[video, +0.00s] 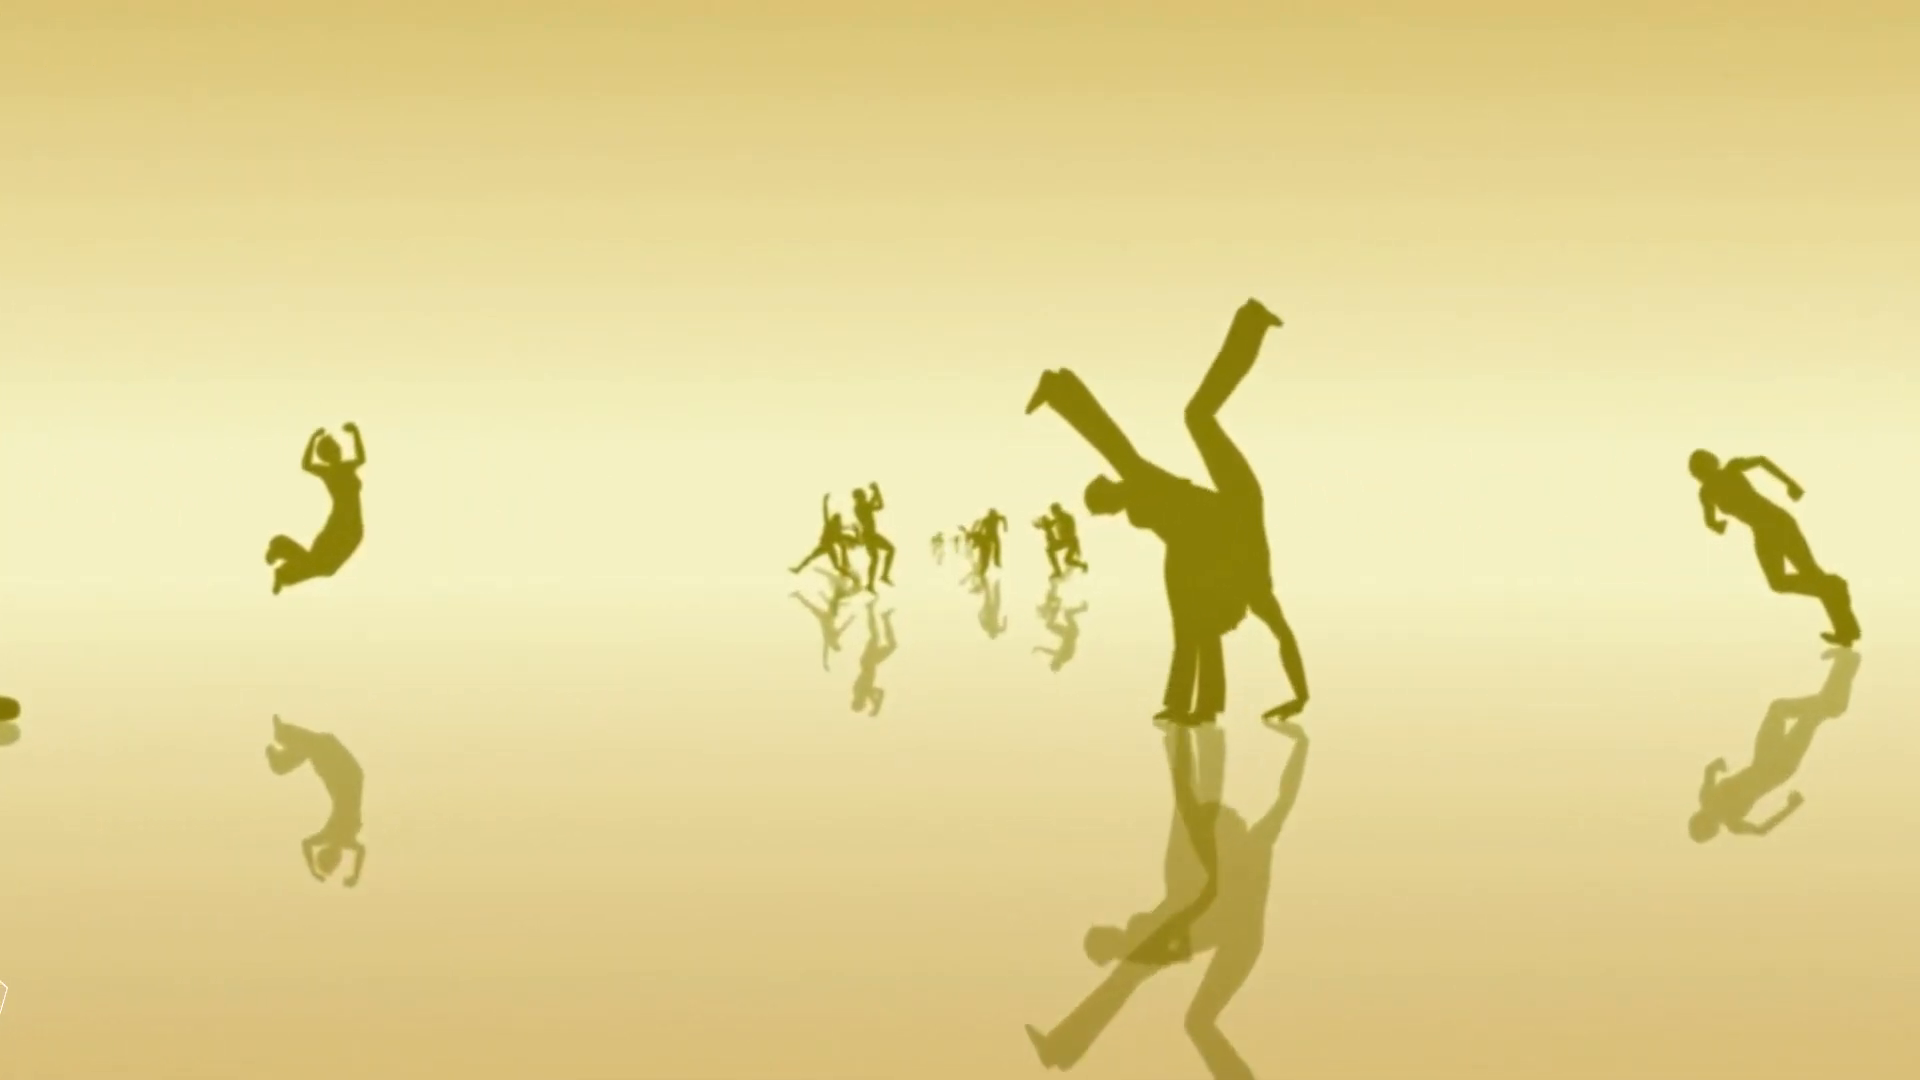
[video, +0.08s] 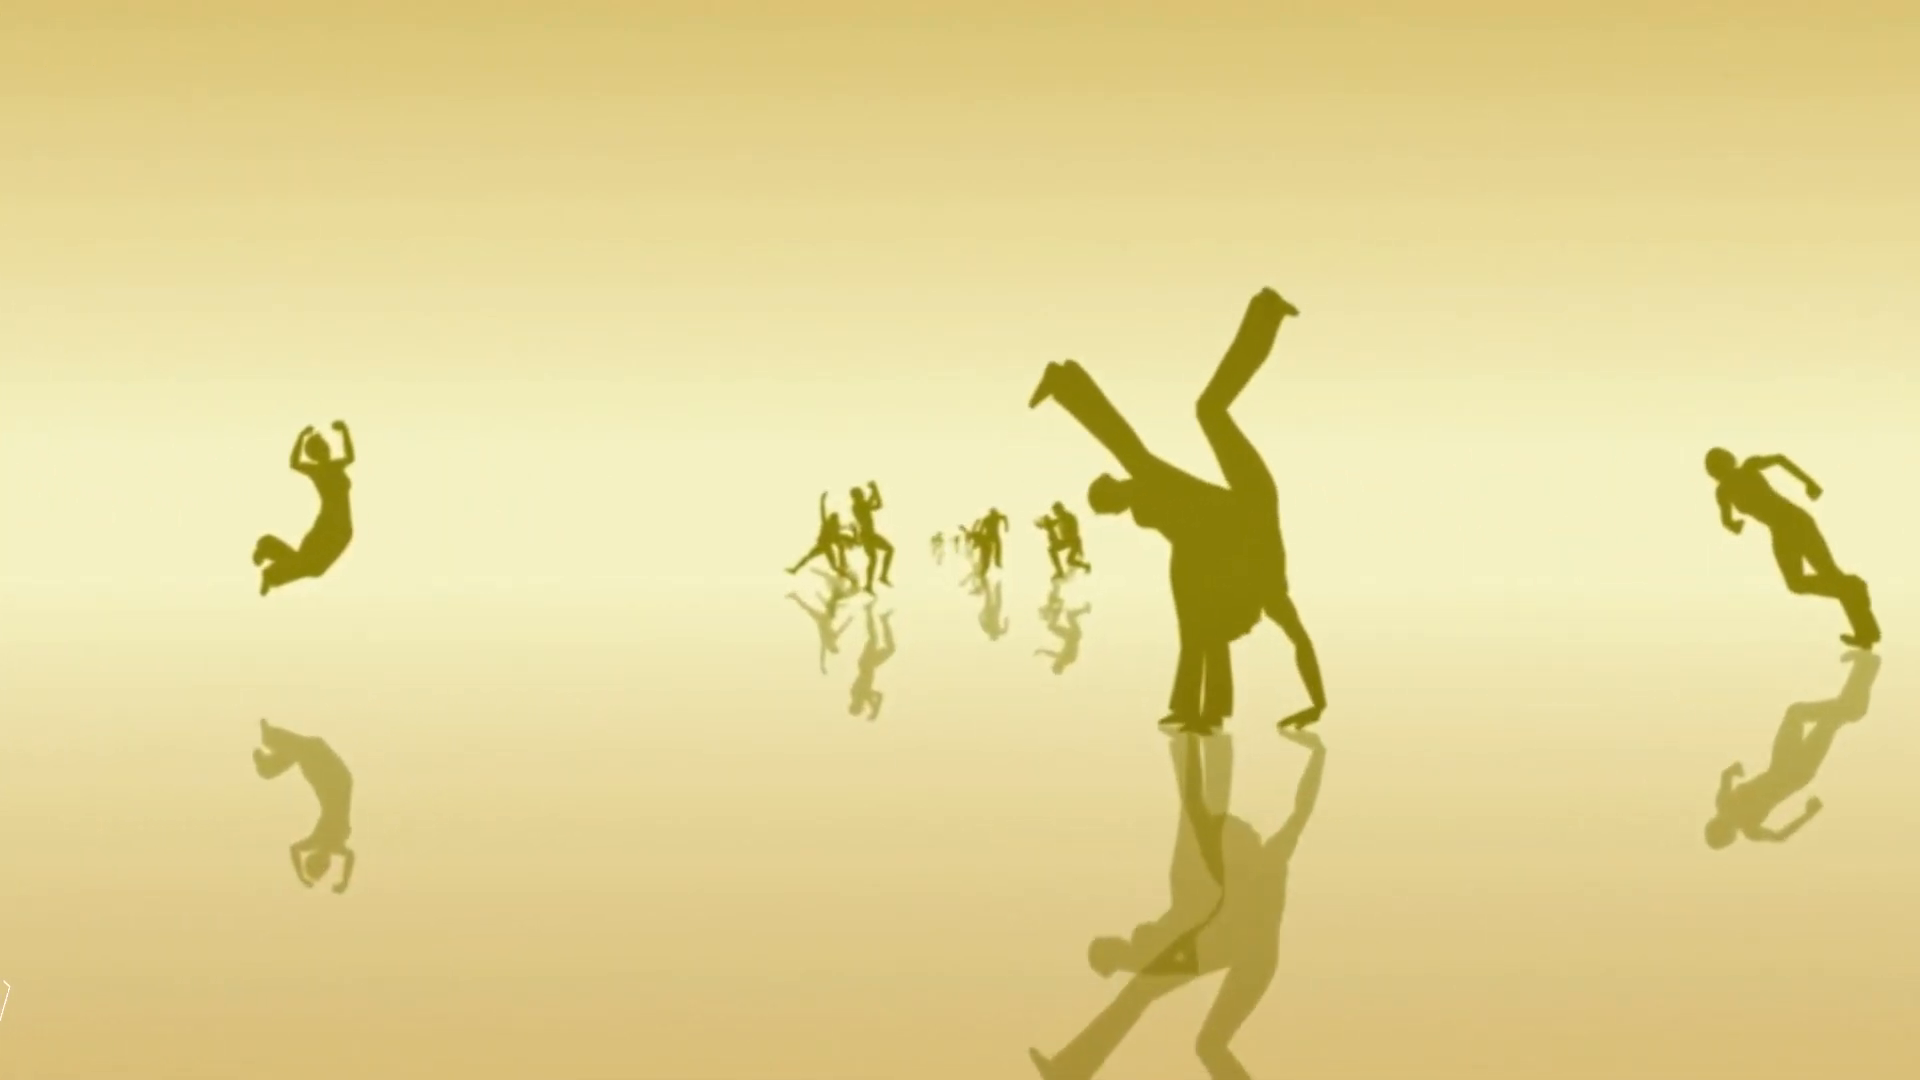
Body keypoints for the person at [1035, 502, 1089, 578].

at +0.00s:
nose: (1055, 513)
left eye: (1056, 511)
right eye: (1053, 512)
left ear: (1059, 509)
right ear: (1052, 512)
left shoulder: (1067, 517)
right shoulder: (1053, 521)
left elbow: (1072, 534)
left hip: (1070, 540)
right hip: (1060, 541)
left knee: (1068, 559)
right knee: (1050, 550)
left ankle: (1083, 565)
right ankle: (1057, 571)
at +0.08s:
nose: (1057, 513)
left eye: (1058, 510)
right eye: (1055, 511)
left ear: (1061, 509)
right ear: (1054, 511)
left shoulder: (1070, 517)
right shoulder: (1055, 521)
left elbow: (1075, 535)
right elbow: (1052, 536)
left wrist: (1079, 550)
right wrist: (1053, 544)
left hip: (1073, 540)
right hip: (1062, 541)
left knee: (1071, 560)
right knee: (1052, 550)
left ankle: (1086, 565)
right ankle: (1059, 571)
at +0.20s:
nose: (1059, 512)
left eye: (1060, 509)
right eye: (1057, 510)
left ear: (1063, 508)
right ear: (1056, 511)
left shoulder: (1072, 517)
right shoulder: (1057, 520)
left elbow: (1076, 534)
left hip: (1075, 540)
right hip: (1064, 541)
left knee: (1072, 560)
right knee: (1053, 550)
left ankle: (1088, 566)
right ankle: (1060, 571)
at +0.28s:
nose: (1061, 512)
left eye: (1062, 509)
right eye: (1060, 510)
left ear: (1065, 507)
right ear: (1059, 510)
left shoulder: (1074, 516)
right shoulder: (1061, 519)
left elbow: (1078, 533)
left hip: (1078, 540)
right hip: (1068, 540)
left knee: (1074, 560)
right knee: (1055, 550)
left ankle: (1090, 566)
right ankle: (1063, 573)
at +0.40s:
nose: (1063, 511)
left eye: (1063, 509)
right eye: (1061, 509)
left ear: (1067, 507)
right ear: (1060, 510)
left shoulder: (1076, 516)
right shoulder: (1061, 520)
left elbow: (1081, 533)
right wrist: (1059, 545)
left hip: (1080, 540)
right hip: (1069, 541)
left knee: (1077, 561)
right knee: (1057, 550)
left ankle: (1092, 567)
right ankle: (1065, 573)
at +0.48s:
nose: (1064, 510)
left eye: (1065, 508)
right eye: (1062, 508)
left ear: (1068, 506)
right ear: (1062, 509)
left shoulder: (1078, 515)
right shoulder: (1066, 518)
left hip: (1083, 540)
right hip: (1073, 540)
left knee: (1079, 562)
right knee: (1060, 550)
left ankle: (1096, 568)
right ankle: (1067, 574)